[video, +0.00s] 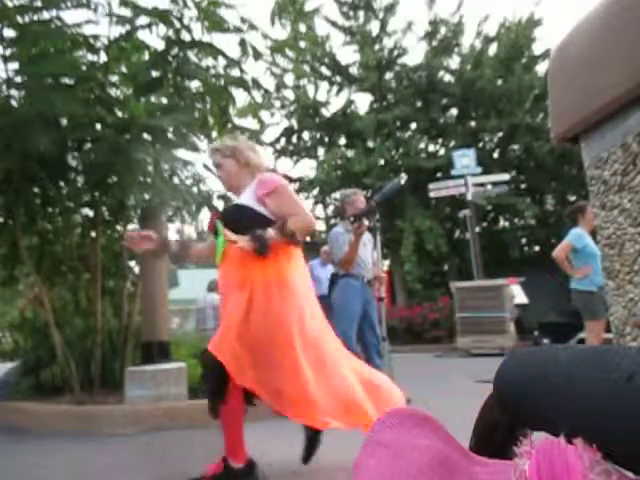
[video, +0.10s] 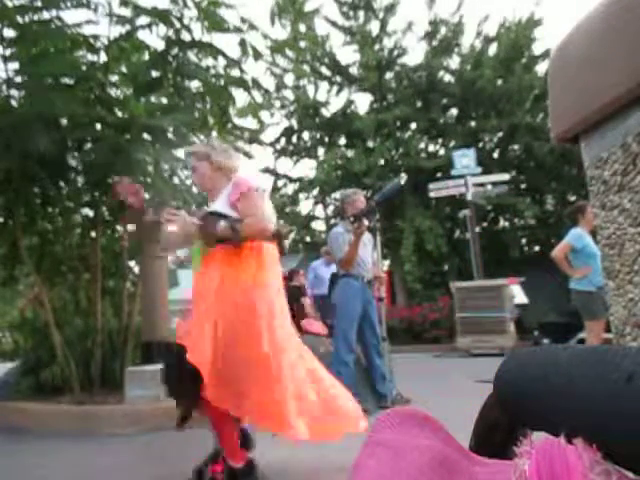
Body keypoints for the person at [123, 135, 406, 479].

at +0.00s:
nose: (217, 173)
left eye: (220, 165)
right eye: (215, 168)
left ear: (241, 160)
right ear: (234, 167)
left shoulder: (267, 183)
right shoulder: (238, 204)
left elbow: (303, 220)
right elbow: (211, 250)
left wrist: (268, 238)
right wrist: (166, 247)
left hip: (274, 306)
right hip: (249, 308)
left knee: (221, 371)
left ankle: (236, 460)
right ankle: (308, 414)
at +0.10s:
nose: (193, 176)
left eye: (196, 168)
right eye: (191, 170)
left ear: (215, 166)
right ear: (210, 170)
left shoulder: (244, 189)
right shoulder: (208, 208)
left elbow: (265, 226)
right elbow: (168, 243)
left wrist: (208, 229)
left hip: (243, 311)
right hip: (217, 310)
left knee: (201, 380)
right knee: (206, 377)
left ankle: (236, 459)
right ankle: (233, 442)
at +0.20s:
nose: (166, 176)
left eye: (169, 169)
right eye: (164, 171)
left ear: (189, 165)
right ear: (185, 169)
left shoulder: (218, 189)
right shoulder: (188, 202)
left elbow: (211, 220)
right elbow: (136, 232)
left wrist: (161, 208)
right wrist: (147, 210)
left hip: (216, 303)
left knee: (154, 368)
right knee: (191, 387)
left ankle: (136, 461)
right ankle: (235, 460)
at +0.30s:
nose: (140, 176)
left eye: (145, 167)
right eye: (138, 170)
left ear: (168, 163)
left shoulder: (196, 185)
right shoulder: (155, 207)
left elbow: (171, 209)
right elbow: (114, 239)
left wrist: (135, 190)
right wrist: (111, 199)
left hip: (196, 299)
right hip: (167, 300)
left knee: (137, 374)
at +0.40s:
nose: (121, 171)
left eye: (125, 163)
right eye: (117, 166)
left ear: (147, 158)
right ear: (122, 171)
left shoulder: (179, 182)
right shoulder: (134, 213)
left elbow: (163, 201)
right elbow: (93, 244)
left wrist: (133, 182)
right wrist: (74, 205)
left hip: (183, 306)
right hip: (140, 306)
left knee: (192, 375)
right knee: (112, 380)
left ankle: (211, 445)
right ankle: (99, 468)